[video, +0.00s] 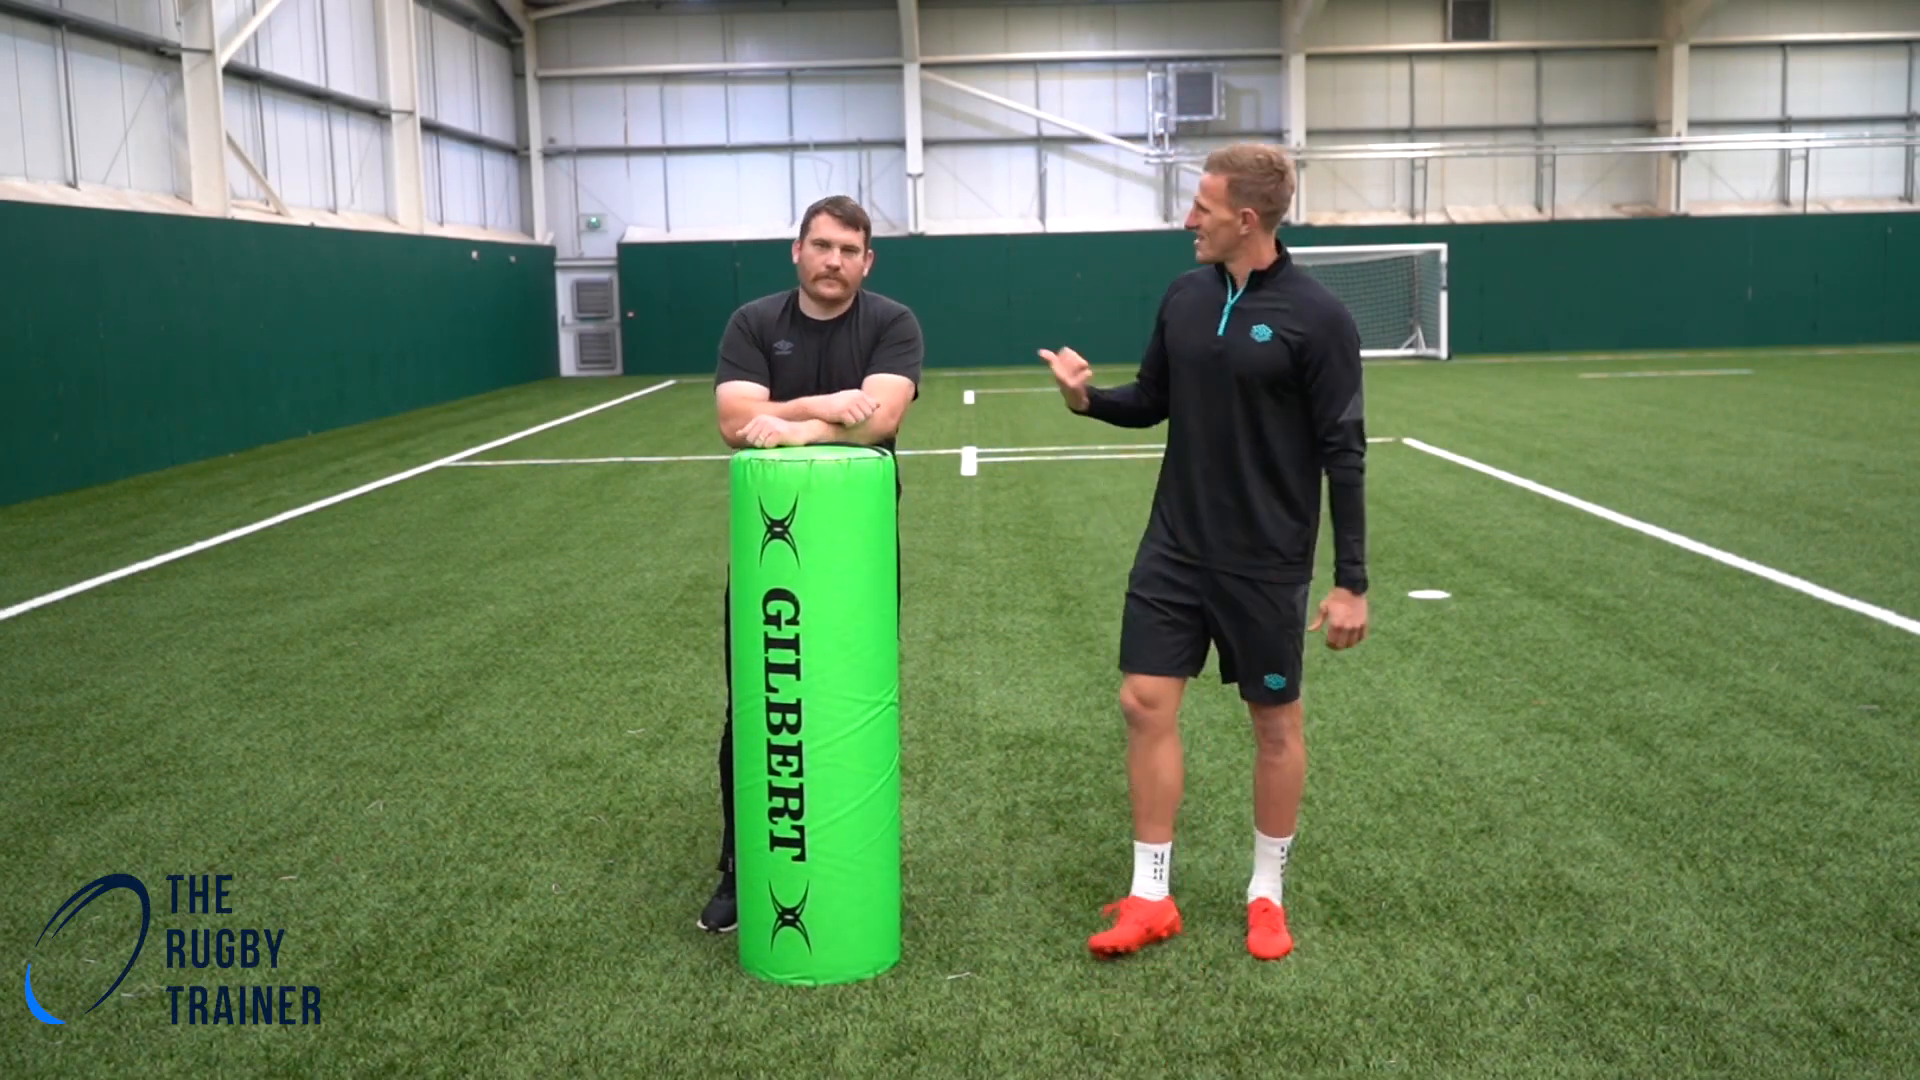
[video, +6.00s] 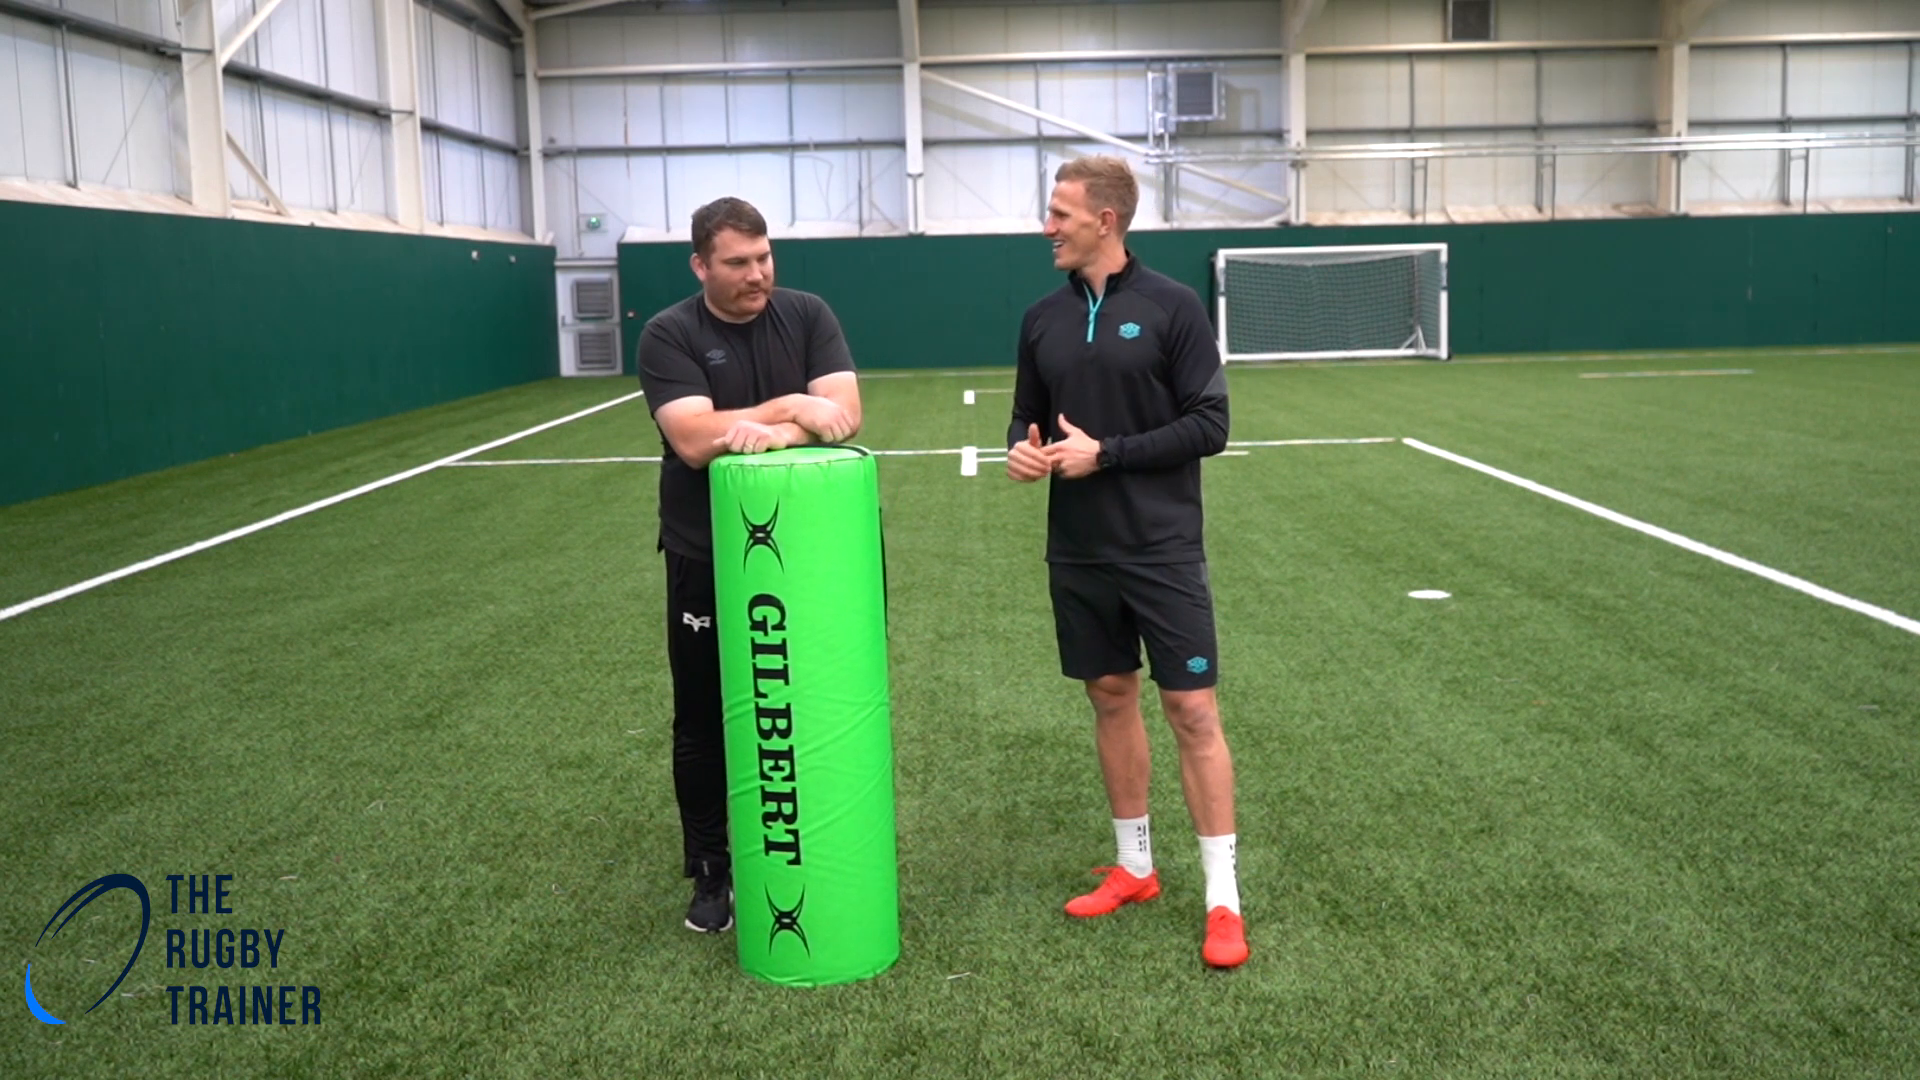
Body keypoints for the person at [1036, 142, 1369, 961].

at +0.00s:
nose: (1190, 217)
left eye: (1203, 207)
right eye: (1193, 203)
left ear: (1253, 220)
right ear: (1229, 215)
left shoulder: (1319, 319)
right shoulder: (1186, 295)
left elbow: (1344, 453)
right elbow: (1151, 402)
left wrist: (1351, 581)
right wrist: (1088, 396)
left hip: (1267, 557)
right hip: (1175, 542)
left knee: (1276, 722)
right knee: (1145, 701)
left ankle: (1267, 891)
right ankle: (1150, 895)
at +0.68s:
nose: (1089, 221)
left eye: (1102, 209)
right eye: (1091, 208)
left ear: (1147, 217)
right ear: (1128, 217)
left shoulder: (1218, 307)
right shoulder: (1090, 313)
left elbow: (1250, 431)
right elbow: (1056, 426)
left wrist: (1243, 542)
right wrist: (1001, 406)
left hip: (1194, 546)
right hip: (1109, 546)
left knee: (1216, 712)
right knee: (1128, 696)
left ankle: (1254, 883)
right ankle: (1134, 867)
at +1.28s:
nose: (1050, 226)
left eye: (1063, 214)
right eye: (1053, 212)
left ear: (1109, 222)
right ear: (1093, 221)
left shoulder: (1180, 305)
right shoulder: (1056, 316)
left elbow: (1225, 421)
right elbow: (1023, 430)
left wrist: (1179, 517)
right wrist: (986, 397)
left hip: (1163, 546)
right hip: (1081, 545)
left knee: (1189, 707)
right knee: (1112, 693)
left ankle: (1218, 895)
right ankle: (1132, 865)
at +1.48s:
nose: (1053, 226)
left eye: (1066, 215)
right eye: (1056, 213)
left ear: (1113, 223)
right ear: (1097, 222)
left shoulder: (1180, 304)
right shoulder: (1053, 320)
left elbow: (1204, 424)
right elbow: (1021, 432)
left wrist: (1098, 463)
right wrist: (1000, 388)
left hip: (1163, 547)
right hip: (1081, 547)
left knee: (1190, 709)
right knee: (1111, 694)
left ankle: (1219, 897)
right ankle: (1132, 867)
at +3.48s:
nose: (1071, 228)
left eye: (1084, 217)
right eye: (1072, 214)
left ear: (1131, 224)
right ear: (1100, 221)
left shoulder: (1192, 306)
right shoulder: (1063, 316)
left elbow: (1207, 423)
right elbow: (1026, 438)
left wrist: (1094, 412)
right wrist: (1024, 407)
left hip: (1173, 543)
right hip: (1089, 543)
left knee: (1199, 706)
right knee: (1112, 695)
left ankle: (1225, 895)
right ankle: (1134, 865)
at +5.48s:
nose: (1053, 228)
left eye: (1066, 217)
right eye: (1053, 214)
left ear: (1114, 225)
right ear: (1075, 221)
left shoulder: (1175, 310)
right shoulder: (1044, 316)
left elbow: (1203, 430)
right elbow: (1020, 420)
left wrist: (1094, 447)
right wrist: (1023, 437)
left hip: (1159, 548)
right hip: (1075, 550)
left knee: (1189, 709)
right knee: (1107, 698)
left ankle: (1222, 894)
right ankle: (1134, 867)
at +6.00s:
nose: (1048, 227)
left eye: (1061, 216)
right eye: (1049, 214)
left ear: (1110, 223)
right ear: (1075, 221)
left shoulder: (1174, 307)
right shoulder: (1043, 318)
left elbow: (1210, 426)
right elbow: (1029, 426)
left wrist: (1103, 451)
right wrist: (1026, 452)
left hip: (1163, 549)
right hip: (1080, 550)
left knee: (1193, 710)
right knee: (1110, 698)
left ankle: (1223, 896)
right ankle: (1134, 868)